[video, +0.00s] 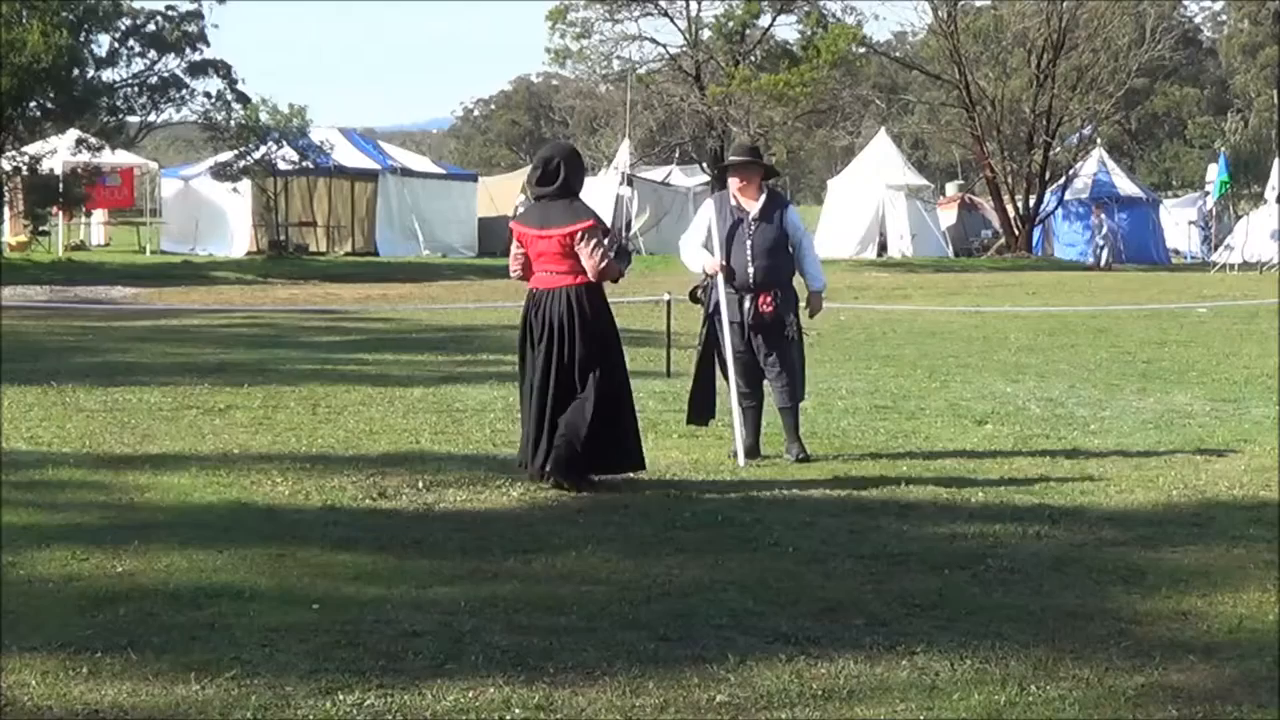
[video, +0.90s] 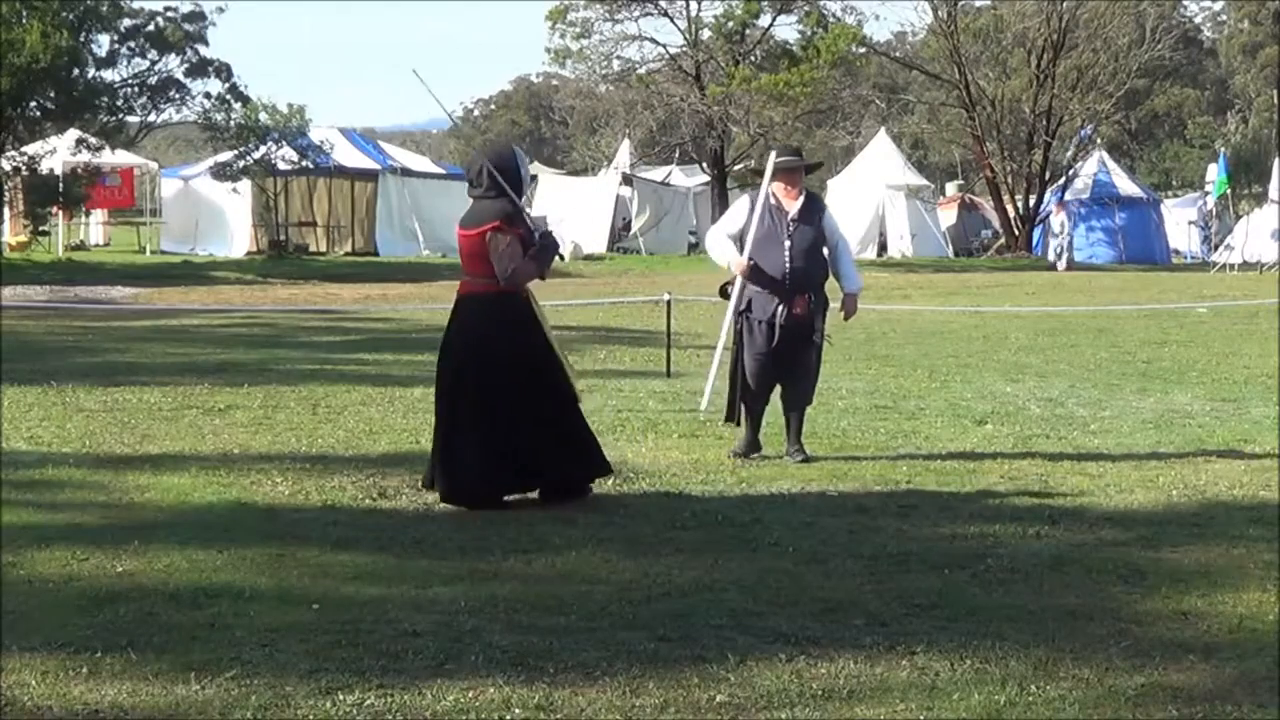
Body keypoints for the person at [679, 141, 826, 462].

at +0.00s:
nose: (737, 176)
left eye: (744, 170)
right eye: (732, 170)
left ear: (760, 173)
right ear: (726, 175)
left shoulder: (782, 209)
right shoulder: (714, 207)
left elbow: (804, 247)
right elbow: (688, 244)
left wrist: (816, 287)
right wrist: (704, 261)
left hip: (774, 301)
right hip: (730, 301)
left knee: (783, 373)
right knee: (742, 379)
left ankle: (793, 441)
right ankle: (748, 444)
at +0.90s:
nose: (789, 181)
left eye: (795, 174)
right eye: (782, 176)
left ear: (804, 175)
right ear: (770, 178)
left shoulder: (817, 208)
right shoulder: (751, 204)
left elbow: (839, 247)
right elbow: (716, 236)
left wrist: (851, 289)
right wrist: (733, 258)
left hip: (805, 306)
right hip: (760, 302)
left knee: (800, 379)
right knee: (754, 376)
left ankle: (794, 442)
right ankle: (750, 437)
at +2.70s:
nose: (758, 175)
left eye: (765, 169)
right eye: (752, 169)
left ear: (777, 171)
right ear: (743, 172)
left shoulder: (793, 209)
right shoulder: (724, 205)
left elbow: (819, 249)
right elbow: (692, 244)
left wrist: (815, 281)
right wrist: (711, 277)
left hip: (781, 313)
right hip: (735, 313)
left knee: (778, 387)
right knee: (740, 388)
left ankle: (778, 455)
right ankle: (746, 446)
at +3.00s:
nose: (731, 173)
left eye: (738, 167)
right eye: (725, 168)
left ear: (753, 169)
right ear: (718, 172)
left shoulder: (772, 207)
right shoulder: (702, 203)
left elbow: (798, 251)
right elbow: (668, 240)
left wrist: (768, 268)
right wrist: (676, 261)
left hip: (755, 311)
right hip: (705, 308)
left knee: (754, 389)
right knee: (700, 385)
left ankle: (753, 456)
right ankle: (704, 452)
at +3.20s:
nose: (694, 173)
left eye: (702, 166)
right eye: (690, 168)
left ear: (721, 171)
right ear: (684, 173)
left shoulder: (740, 209)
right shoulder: (670, 204)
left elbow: (763, 255)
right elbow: (640, 240)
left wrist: (737, 248)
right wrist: (622, 267)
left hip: (726, 314)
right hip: (677, 312)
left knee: (724, 392)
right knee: (677, 392)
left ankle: (725, 455)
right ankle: (672, 464)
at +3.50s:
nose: (648, 173)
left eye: (655, 166)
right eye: (643, 167)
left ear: (673, 169)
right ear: (637, 172)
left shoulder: (693, 203)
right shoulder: (624, 205)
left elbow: (721, 249)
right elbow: (594, 244)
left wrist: (707, 228)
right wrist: (571, 278)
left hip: (685, 312)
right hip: (638, 312)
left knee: (692, 389)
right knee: (644, 392)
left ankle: (697, 452)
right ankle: (642, 463)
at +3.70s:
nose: (615, 175)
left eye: (622, 167)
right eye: (609, 168)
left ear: (637, 168)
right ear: (601, 172)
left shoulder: (654, 203)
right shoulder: (586, 204)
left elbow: (680, 248)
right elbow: (556, 243)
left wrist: (678, 226)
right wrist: (536, 274)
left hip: (650, 307)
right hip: (604, 309)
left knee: (668, 379)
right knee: (612, 390)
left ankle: (669, 446)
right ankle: (612, 462)